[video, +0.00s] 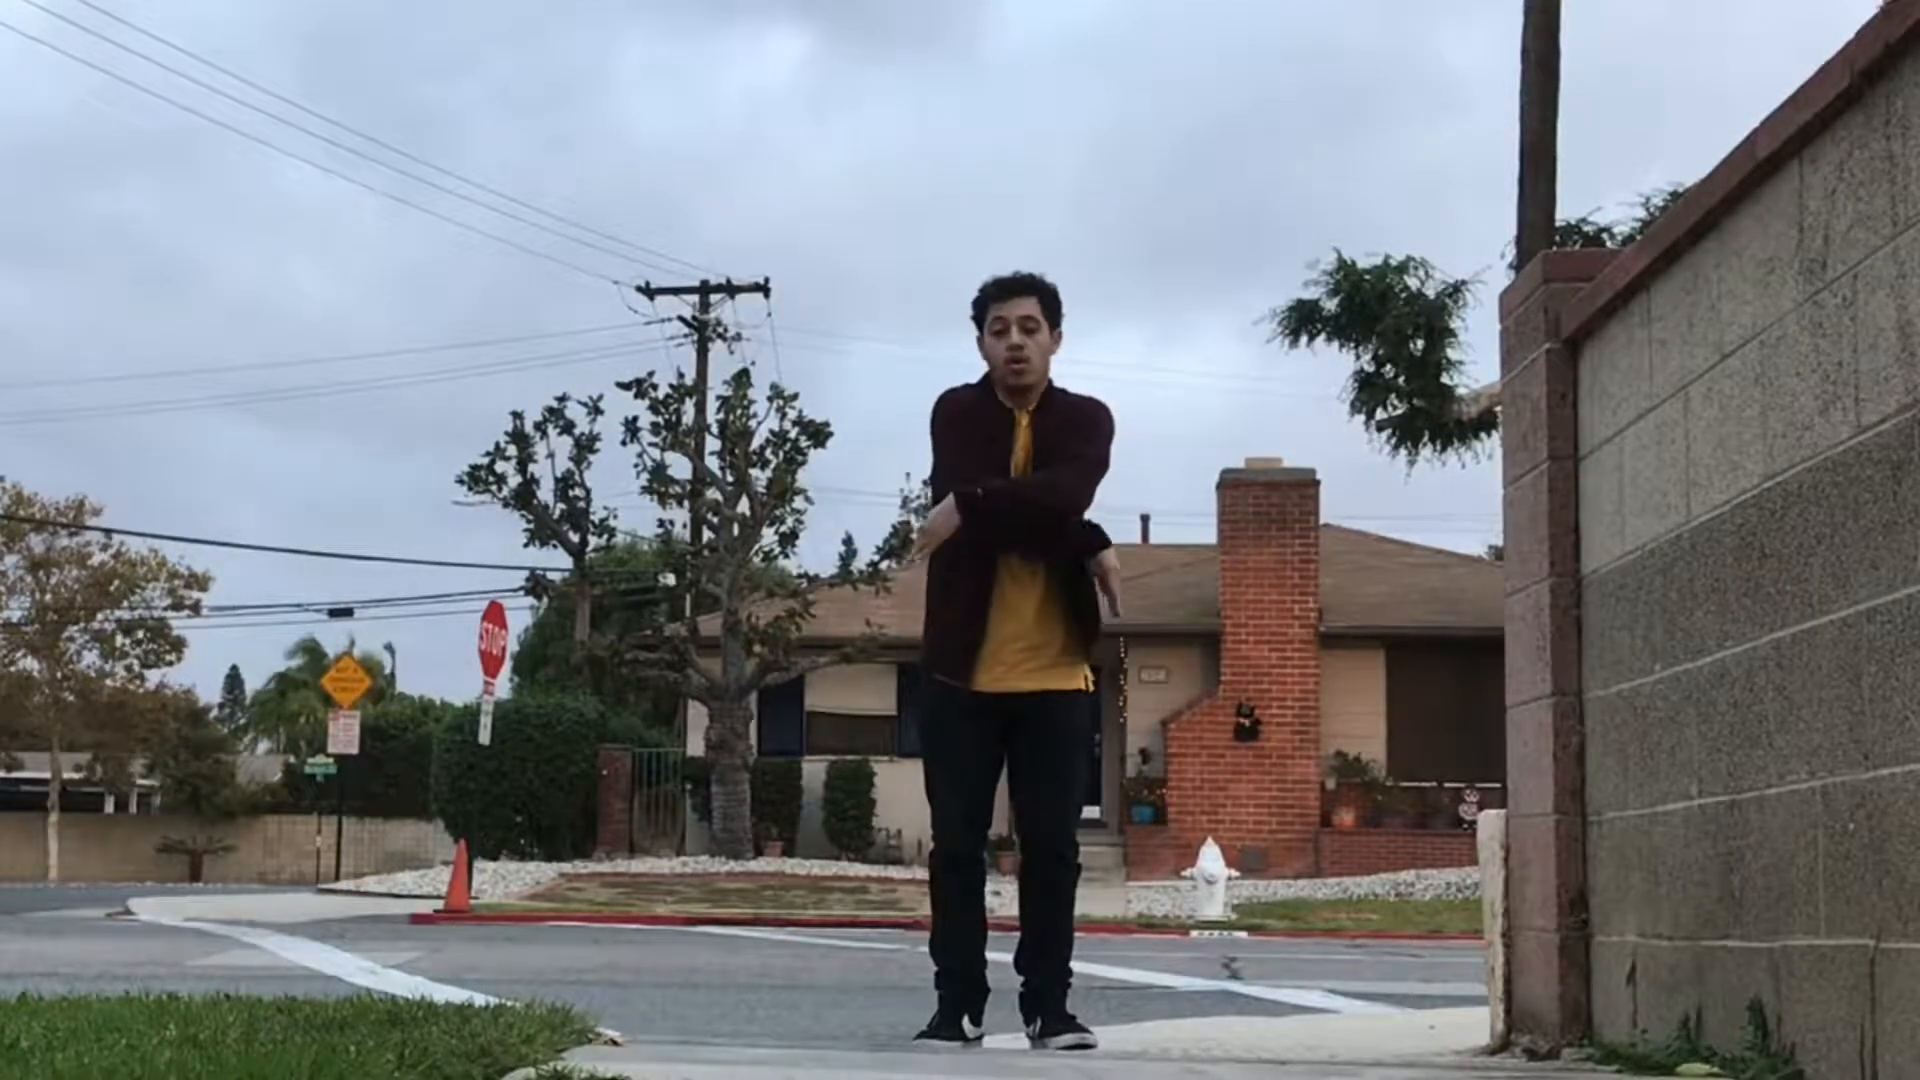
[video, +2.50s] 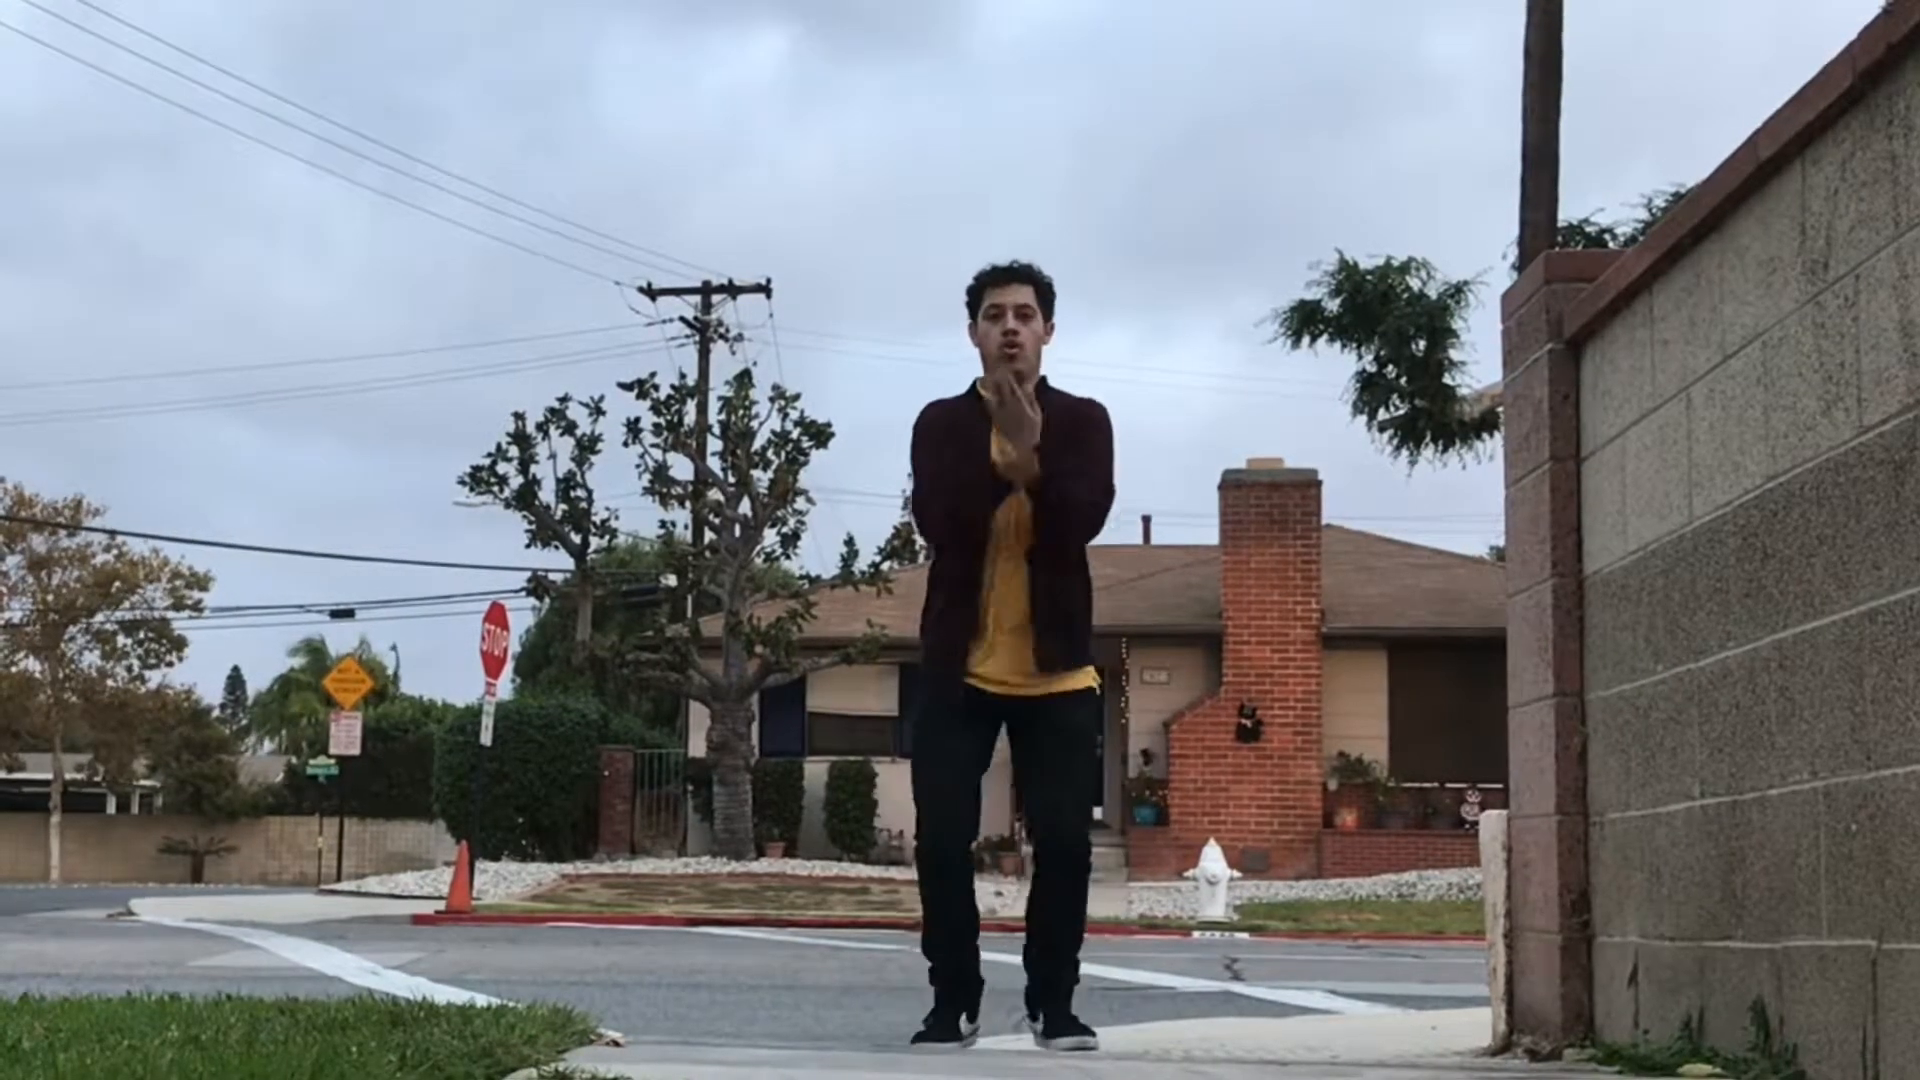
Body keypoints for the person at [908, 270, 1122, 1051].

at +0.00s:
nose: (1015, 343)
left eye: (1029, 329)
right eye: (999, 330)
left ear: (1055, 340)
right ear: (981, 342)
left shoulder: (1087, 417)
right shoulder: (956, 411)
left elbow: (1064, 497)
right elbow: (978, 516)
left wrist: (968, 504)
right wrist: (1088, 541)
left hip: (1057, 676)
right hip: (963, 672)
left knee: (1053, 851)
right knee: (957, 847)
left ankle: (1048, 1009)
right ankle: (958, 1007)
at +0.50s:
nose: (1001, 338)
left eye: (1015, 324)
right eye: (987, 327)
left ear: (1041, 336)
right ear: (969, 342)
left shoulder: (1074, 411)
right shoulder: (944, 410)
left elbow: (1073, 484)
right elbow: (957, 513)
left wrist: (975, 512)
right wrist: (1059, 535)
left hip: (1052, 675)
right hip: (960, 674)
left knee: (1052, 850)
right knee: (957, 848)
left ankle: (1048, 1009)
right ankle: (958, 1007)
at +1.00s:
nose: (959, 336)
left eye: (972, 321)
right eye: (945, 327)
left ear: (1003, 331)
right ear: (931, 345)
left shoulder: (1051, 410)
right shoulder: (918, 420)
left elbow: (1078, 488)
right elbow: (926, 508)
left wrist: (975, 530)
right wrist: (1035, 529)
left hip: (1042, 675)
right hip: (949, 676)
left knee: (1047, 850)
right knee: (952, 850)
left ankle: (1048, 1009)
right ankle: (957, 1008)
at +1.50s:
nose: (981, 329)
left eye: (994, 316)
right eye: (965, 318)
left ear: (1020, 330)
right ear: (946, 336)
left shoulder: (1056, 409)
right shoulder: (923, 414)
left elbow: (1038, 498)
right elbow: (945, 515)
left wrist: (945, 525)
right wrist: (1055, 543)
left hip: (1045, 674)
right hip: (952, 674)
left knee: (1047, 849)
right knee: (953, 848)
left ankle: (1047, 1007)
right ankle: (958, 1006)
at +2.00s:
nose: (1004, 330)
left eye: (1018, 317)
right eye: (989, 317)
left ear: (1040, 331)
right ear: (968, 332)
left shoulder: (1073, 406)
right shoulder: (938, 411)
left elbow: (1081, 491)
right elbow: (942, 510)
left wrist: (997, 540)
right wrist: (1033, 558)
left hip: (1054, 667)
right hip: (960, 668)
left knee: (1062, 847)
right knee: (949, 846)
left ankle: (1048, 1007)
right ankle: (959, 1007)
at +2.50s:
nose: (1011, 328)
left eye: (1025, 316)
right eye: (995, 317)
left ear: (1047, 332)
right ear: (974, 334)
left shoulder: (1083, 420)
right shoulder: (942, 421)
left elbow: (1082, 518)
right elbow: (940, 517)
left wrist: (1028, 453)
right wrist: (1007, 452)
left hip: (1056, 671)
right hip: (958, 668)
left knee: (1066, 841)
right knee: (941, 839)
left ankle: (1054, 1006)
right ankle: (953, 1001)